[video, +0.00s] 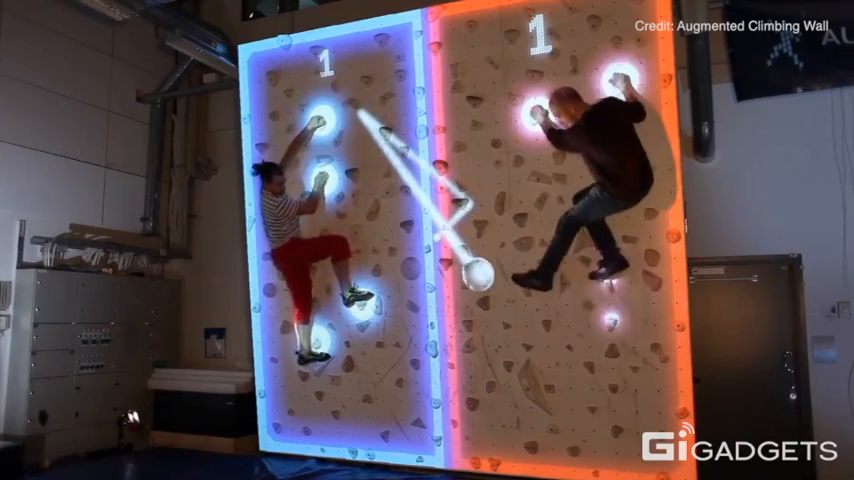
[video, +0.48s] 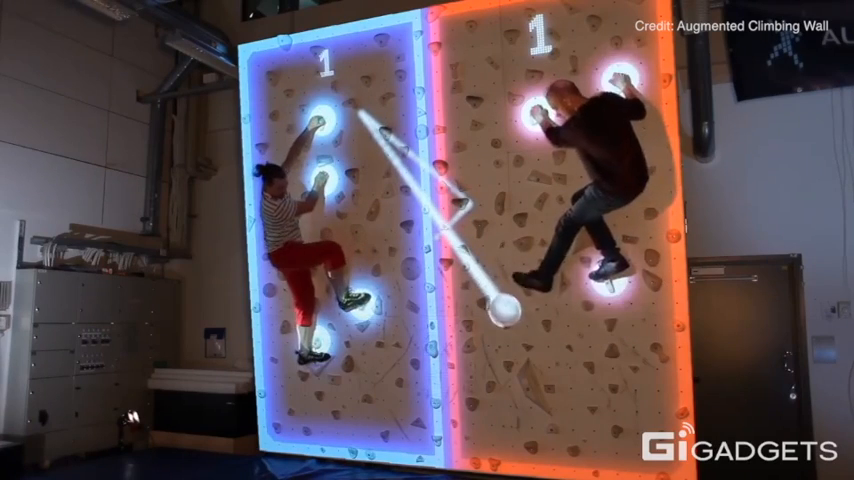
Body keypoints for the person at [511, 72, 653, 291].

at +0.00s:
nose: (559, 121)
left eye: (558, 115)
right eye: (556, 116)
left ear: (569, 109)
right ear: (578, 100)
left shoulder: (580, 134)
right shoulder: (610, 105)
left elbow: (558, 141)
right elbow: (639, 114)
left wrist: (544, 123)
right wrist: (629, 92)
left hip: (622, 193)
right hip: (643, 178)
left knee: (569, 221)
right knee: (581, 200)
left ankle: (543, 275)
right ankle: (612, 259)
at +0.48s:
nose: (557, 112)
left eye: (557, 108)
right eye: (555, 109)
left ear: (566, 102)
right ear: (576, 92)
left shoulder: (575, 127)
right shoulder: (607, 101)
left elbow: (556, 139)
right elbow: (639, 112)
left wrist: (543, 121)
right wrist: (630, 91)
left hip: (616, 190)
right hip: (639, 176)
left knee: (568, 222)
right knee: (579, 200)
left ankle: (544, 276)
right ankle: (613, 258)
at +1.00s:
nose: (549, 155)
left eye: (548, 151)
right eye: (549, 149)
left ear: (551, 149)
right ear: (567, 136)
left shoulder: (560, 167)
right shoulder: (596, 142)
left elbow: (546, 149)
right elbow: (626, 120)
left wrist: (541, 125)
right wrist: (624, 91)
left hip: (608, 226)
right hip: (628, 213)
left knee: (588, 283)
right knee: (569, 208)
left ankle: (580, 351)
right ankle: (609, 260)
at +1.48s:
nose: (539, 160)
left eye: (538, 157)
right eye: (540, 154)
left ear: (544, 156)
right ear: (560, 143)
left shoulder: (551, 175)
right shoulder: (588, 149)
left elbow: (542, 152)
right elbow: (615, 124)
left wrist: (542, 126)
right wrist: (622, 94)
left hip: (597, 236)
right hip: (619, 221)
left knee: (580, 290)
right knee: (562, 214)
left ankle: (571, 356)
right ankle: (608, 261)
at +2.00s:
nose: (535, 104)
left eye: (535, 99)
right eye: (533, 100)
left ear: (546, 93)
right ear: (555, 88)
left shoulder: (550, 121)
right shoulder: (586, 100)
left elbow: (545, 143)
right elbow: (621, 115)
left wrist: (539, 120)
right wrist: (621, 91)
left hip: (589, 192)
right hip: (613, 181)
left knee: (537, 209)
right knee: (564, 209)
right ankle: (608, 260)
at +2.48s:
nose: (523, 95)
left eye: (521, 89)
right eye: (521, 91)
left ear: (529, 84)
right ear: (545, 77)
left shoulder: (534, 111)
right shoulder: (573, 92)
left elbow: (539, 143)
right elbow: (614, 109)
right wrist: (618, 91)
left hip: (566, 181)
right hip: (594, 173)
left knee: (535, 214)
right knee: (562, 214)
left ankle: (540, 274)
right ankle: (607, 259)